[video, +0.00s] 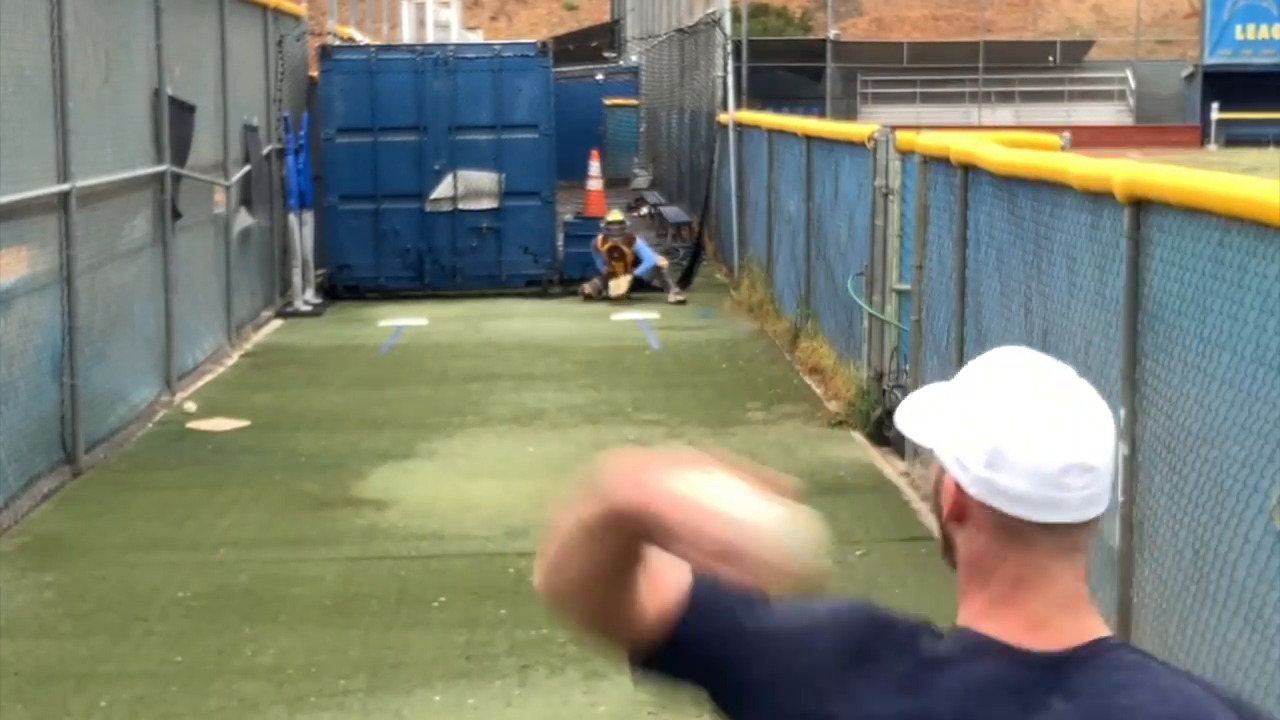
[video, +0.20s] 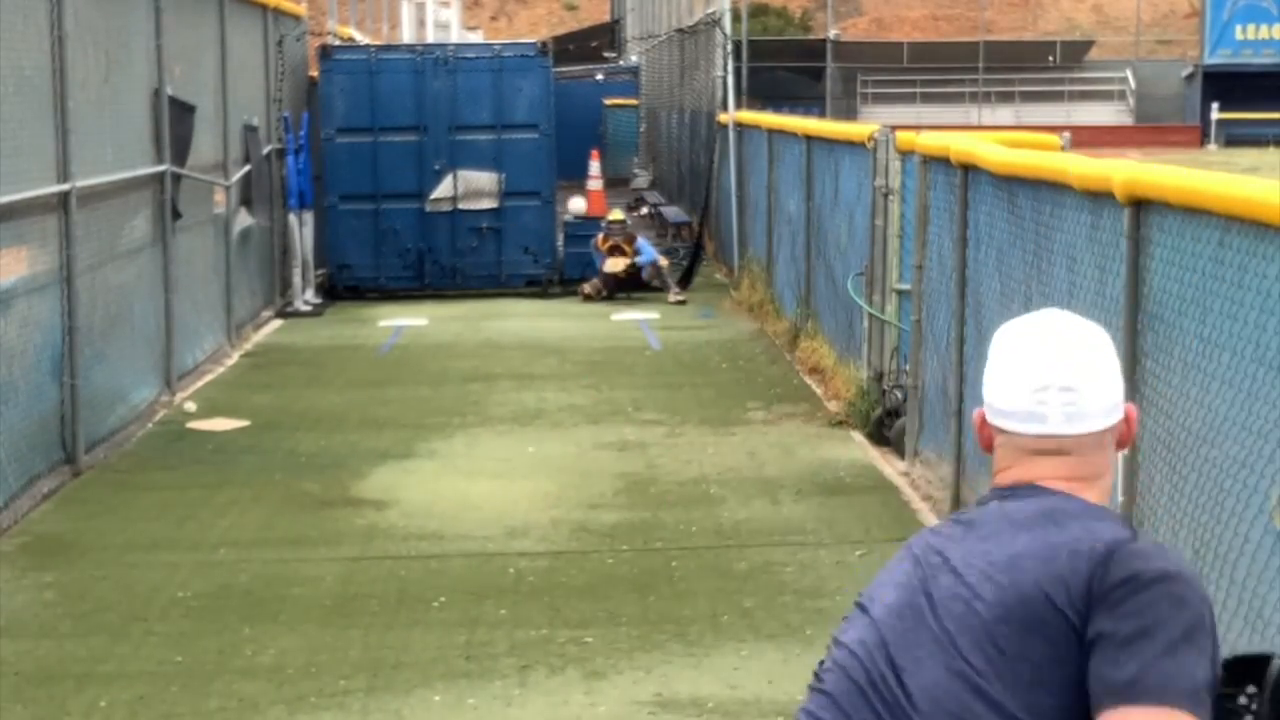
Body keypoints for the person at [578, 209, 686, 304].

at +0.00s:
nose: (615, 233)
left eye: (619, 229)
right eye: (611, 229)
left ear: (624, 228)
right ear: (605, 229)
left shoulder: (633, 241)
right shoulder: (598, 243)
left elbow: (651, 260)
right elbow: (599, 264)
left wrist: (631, 276)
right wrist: (608, 274)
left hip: (634, 276)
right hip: (612, 277)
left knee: (658, 264)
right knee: (588, 289)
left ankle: (673, 292)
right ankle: (591, 291)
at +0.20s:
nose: (616, 234)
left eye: (620, 229)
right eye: (613, 230)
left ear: (625, 228)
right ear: (606, 229)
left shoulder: (634, 240)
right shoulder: (597, 243)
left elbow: (653, 256)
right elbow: (600, 265)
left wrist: (632, 262)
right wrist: (613, 265)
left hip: (635, 274)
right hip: (613, 275)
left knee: (656, 264)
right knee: (603, 281)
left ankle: (673, 292)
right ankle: (593, 289)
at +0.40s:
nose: (614, 224)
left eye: (617, 220)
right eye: (610, 221)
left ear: (623, 221)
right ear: (604, 223)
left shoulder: (633, 235)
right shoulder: (601, 240)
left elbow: (648, 250)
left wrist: (658, 260)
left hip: (637, 275)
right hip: (615, 276)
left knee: (657, 265)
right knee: (603, 281)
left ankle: (673, 292)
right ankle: (592, 289)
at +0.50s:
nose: (608, 224)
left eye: (611, 220)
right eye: (604, 221)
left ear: (617, 221)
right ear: (599, 223)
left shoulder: (628, 233)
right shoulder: (597, 238)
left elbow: (629, 241)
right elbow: (600, 257)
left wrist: (613, 240)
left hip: (635, 273)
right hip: (614, 275)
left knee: (655, 262)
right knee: (601, 282)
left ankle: (673, 292)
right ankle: (592, 290)